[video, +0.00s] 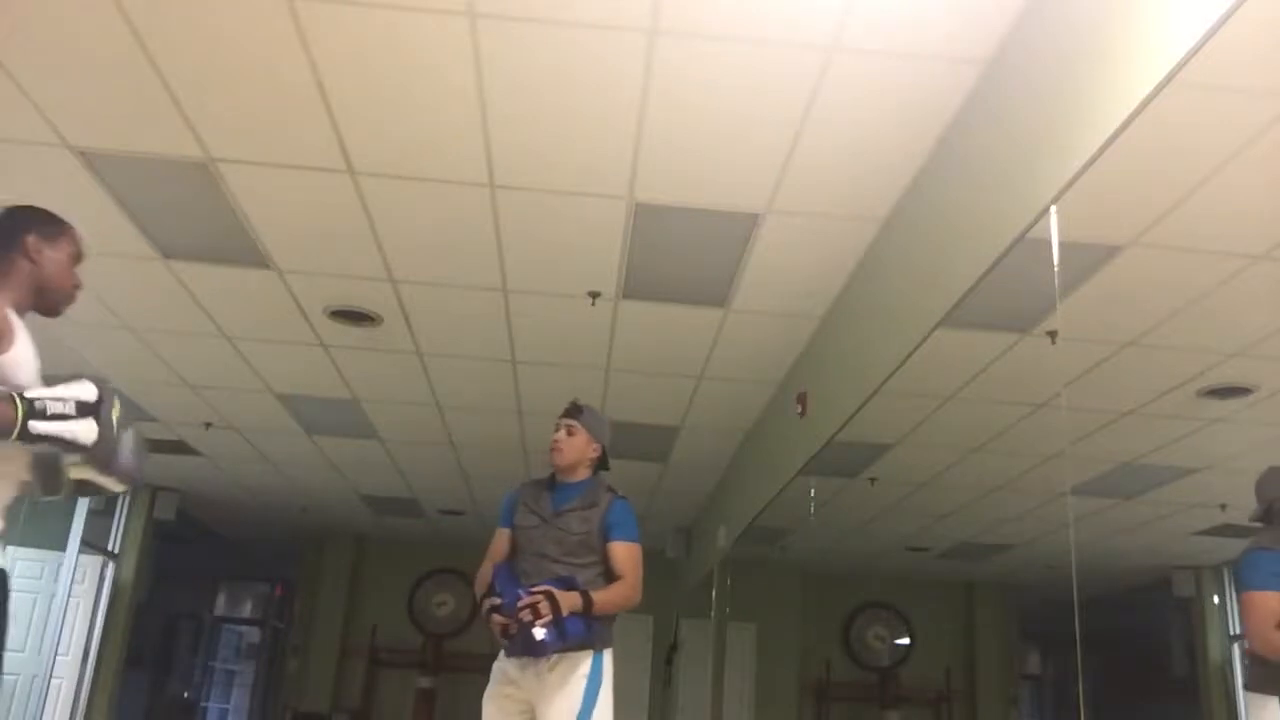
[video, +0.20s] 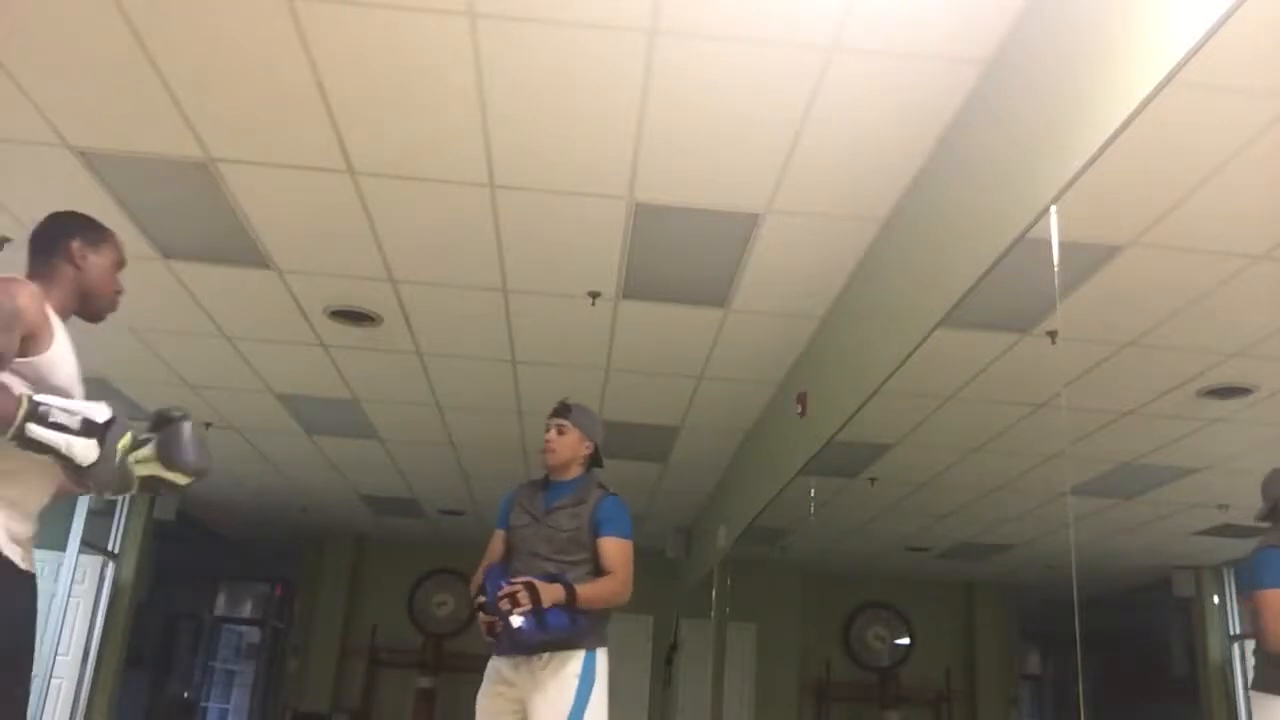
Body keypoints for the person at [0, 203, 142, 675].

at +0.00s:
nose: (78, 282)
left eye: (78, 265)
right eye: (73, 261)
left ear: (32, 252)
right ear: (31, 249)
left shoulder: (19, 338)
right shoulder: (6, 327)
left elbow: (9, 431)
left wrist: (67, 467)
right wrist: (23, 413)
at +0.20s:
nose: (121, 287)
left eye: (121, 272)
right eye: (115, 267)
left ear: (77, 259)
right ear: (76, 254)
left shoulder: (57, 345)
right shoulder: (21, 299)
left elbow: (44, 477)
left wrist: (129, 470)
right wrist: (30, 419)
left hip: (16, 560)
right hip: (5, 555)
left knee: (15, 700)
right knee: (11, 699)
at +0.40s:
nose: (140, 276)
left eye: (142, 262)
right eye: (136, 258)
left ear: (100, 245)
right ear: (100, 241)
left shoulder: (73, 327)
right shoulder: (32, 296)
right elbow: (10, 410)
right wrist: (98, 403)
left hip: (39, 546)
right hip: (12, 540)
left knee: (26, 692)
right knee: (12, 691)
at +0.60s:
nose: (155, 264)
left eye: (156, 249)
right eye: (152, 244)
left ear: (111, 234)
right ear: (116, 230)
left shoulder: (71, 304)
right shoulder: (64, 297)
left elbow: (54, 436)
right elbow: (76, 441)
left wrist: (124, 442)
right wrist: (148, 399)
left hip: (27, 541)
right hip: (17, 540)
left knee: (25, 701)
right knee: (21, 703)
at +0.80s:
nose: (165, 250)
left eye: (167, 233)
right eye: (165, 230)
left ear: (85, 215)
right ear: (136, 215)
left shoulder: (29, 276)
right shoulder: (101, 292)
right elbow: (89, 441)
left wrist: (132, 384)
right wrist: (160, 406)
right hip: (30, 539)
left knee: (30, 701)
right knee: (32, 705)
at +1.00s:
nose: (172, 251)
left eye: (174, 234)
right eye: (172, 231)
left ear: (92, 219)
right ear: (146, 217)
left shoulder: (29, 282)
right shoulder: (113, 293)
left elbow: (34, 413)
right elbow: (106, 436)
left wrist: (137, 395)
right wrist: (171, 413)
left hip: (3, 526)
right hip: (36, 539)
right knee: (14, 704)